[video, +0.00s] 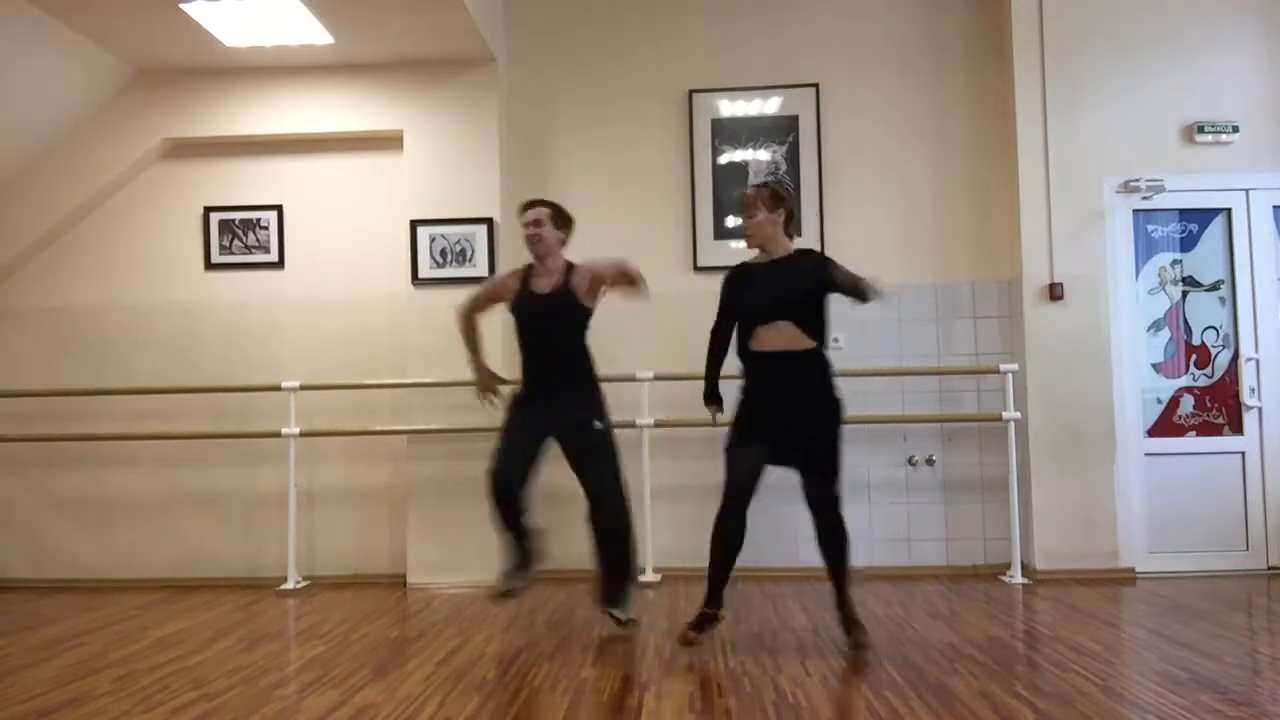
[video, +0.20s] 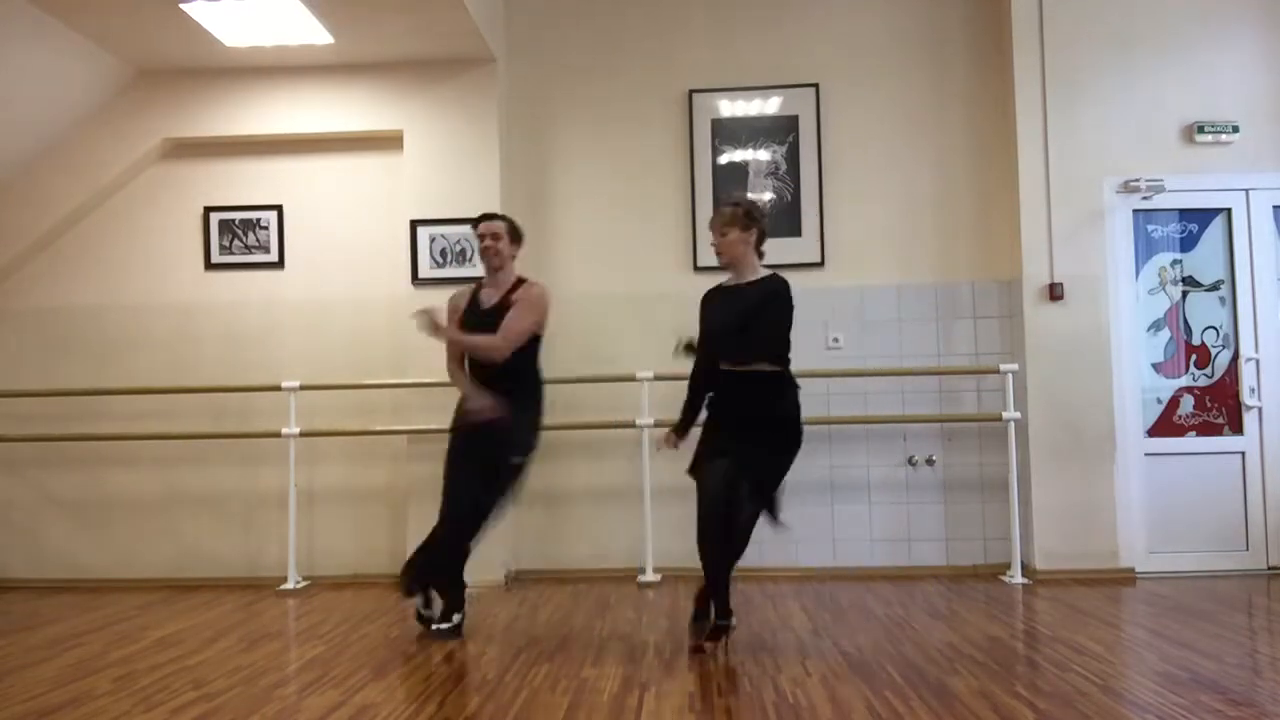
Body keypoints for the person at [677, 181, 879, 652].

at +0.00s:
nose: (744, 224)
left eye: (751, 214)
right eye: (743, 216)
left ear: (780, 216)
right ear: (757, 220)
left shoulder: (811, 263)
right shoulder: (740, 277)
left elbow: (851, 287)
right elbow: (721, 332)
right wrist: (711, 383)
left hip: (811, 393)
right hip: (760, 394)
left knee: (823, 502)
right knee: (734, 499)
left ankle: (845, 606)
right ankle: (711, 605)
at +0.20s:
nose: (716, 242)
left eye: (725, 233)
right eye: (714, 234)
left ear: (752, 235)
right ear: (715, 238)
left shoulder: (775, 288)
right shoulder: (713, 298)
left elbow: (768, 347)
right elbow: (704, 364)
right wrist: (684, 422)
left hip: (771, 410)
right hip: (725, 409)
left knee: (743, 507)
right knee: (712, 502)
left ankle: (707, 595)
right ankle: (721, 607)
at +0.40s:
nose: (726, 227)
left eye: (735, 219)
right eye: (720, 219)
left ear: (752, 226)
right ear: (711, 226)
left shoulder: (771, 279)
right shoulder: (700, 283)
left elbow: (783, 337)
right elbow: (677, 343)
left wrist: (738, 310)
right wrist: (710, 311)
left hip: (764, 399)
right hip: (715, 401)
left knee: (769, 487)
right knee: (694, 500)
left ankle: (770, 546)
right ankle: (706, 605)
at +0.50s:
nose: (733, 226)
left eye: (741, 220)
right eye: (726, 220)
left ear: (753, 229)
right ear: (714, 228)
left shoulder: (771, 286)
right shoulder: (696, 289)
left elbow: (793, 351)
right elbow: (684, 356)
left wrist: (819, 335)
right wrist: (667, 330)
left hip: (763, 399)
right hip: (711, 402)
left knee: (795, 502)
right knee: (686, 506)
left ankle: (826, 599)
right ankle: (674, 607)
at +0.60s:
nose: (733, 246)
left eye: (741, 240)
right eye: (726, 239)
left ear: (753, 249)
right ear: (715, 248)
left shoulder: (771, 308)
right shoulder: (698, 309)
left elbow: (791, 374)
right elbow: (679, 376)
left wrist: (835, 380)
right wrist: (641, 381)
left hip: (767, 423)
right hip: (713, 424)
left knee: (797, 520)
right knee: (683, 519)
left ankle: (829, 613)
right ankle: (673, 615)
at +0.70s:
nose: (736, 255)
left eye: (744, 248)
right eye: (728, 248)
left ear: (755, 259)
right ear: (717, 258)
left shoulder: (773, 317)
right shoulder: (700, 318)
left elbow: (793, 382)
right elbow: (683, 382)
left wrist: (829, 385)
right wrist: (652, 392)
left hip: (766, 430)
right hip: (714, 431)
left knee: (799, 526)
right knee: (682, 526)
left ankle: (829, 615)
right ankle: (675, 615)